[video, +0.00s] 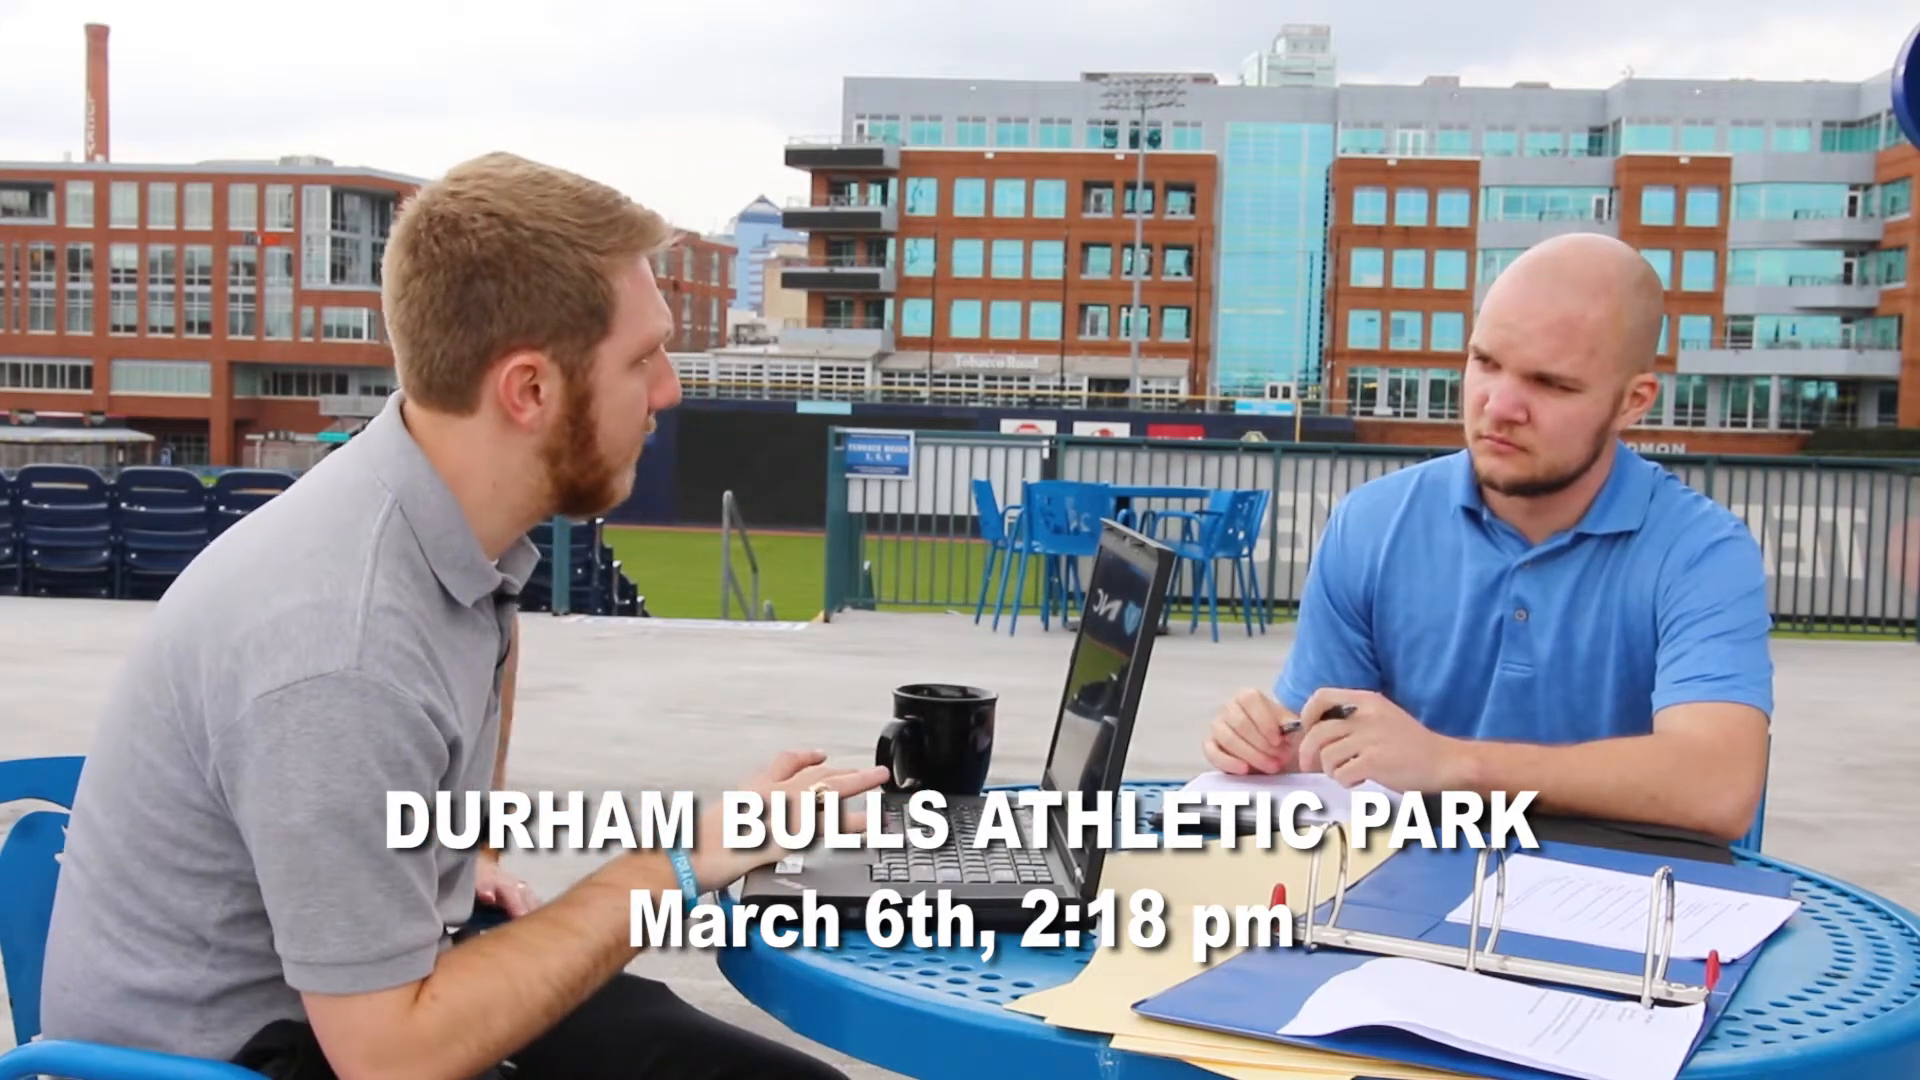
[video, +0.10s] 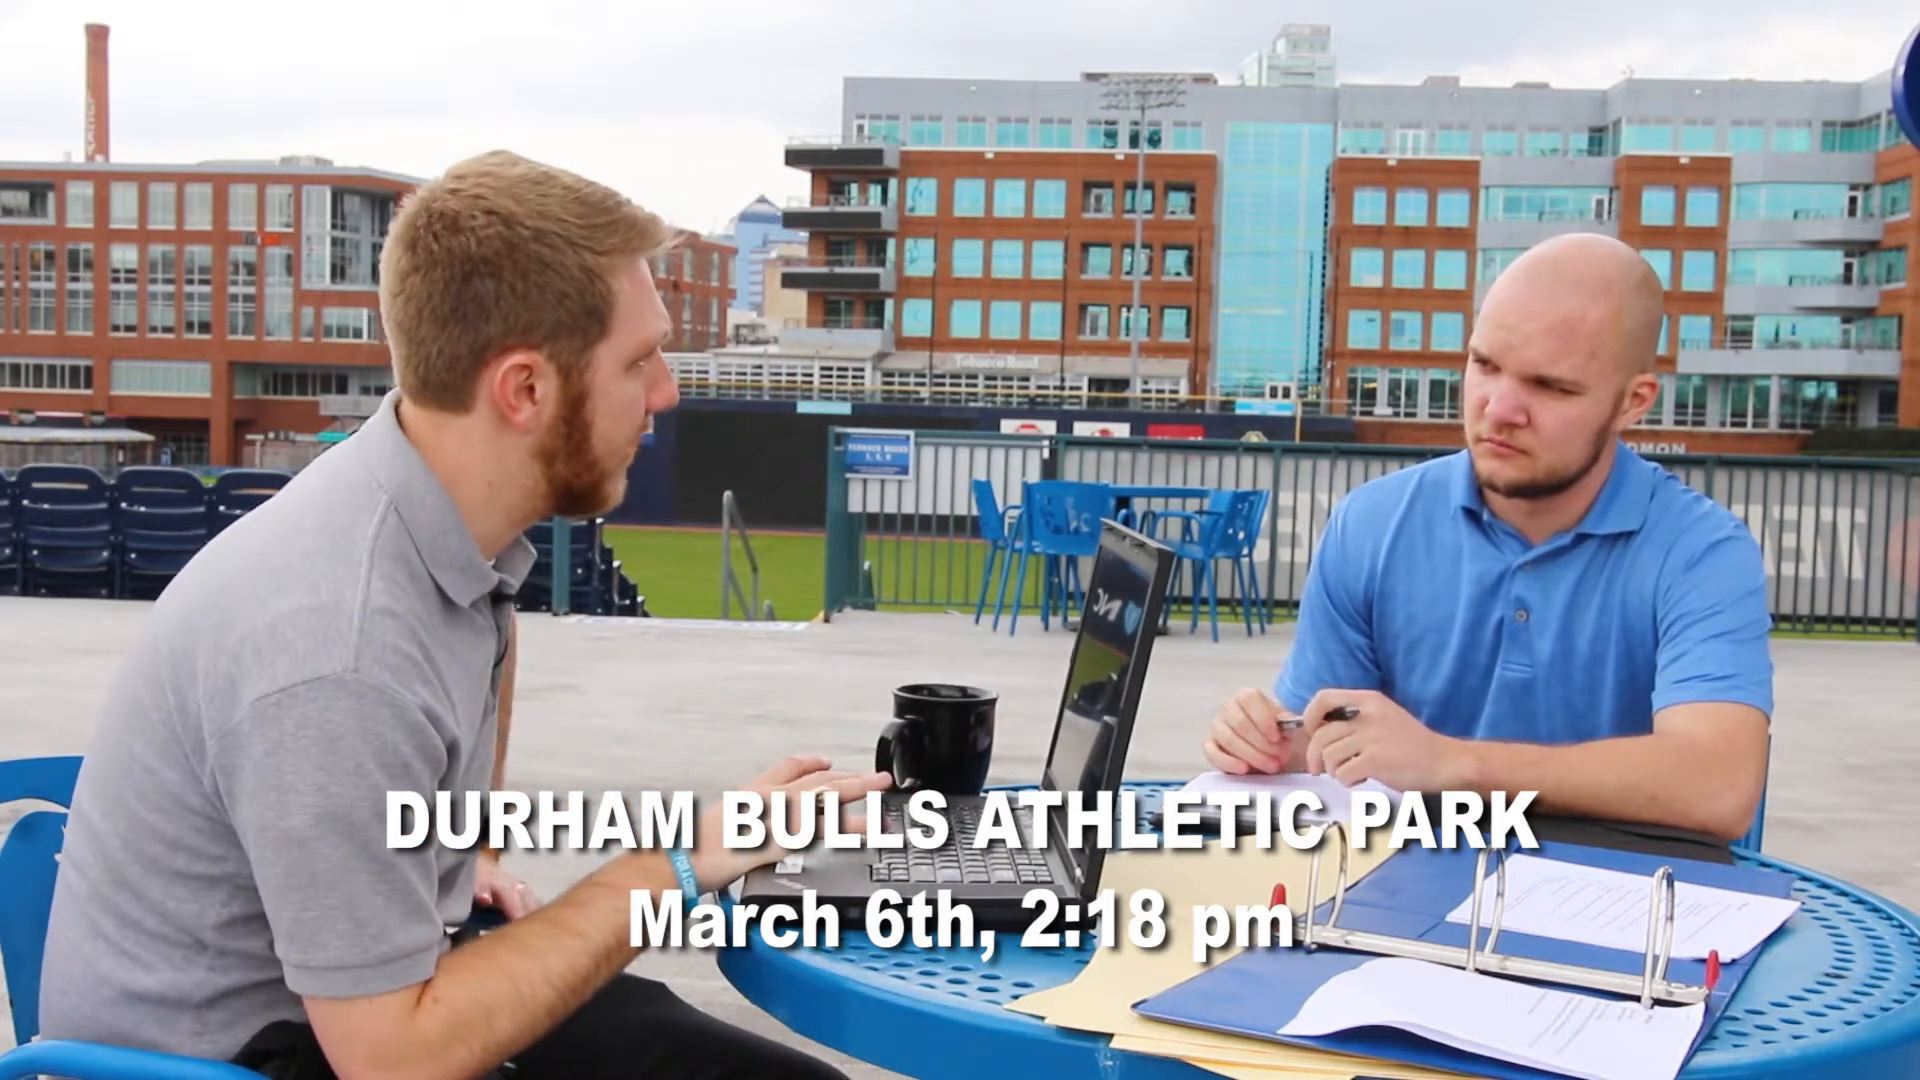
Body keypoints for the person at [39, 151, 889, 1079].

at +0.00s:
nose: (671, 393)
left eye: (664, 356)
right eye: (647, 361)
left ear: (519, 395)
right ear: (527, 393)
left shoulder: (436, 515)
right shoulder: (335, 657)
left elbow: (494, 651)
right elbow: (396, 1050)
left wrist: (465, 840)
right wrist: (687, 854)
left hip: (381, 947)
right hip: (214, 1044)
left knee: (805, 1067)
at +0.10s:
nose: (668, 396)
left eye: (661, 359)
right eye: (643, 364)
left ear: (516, 394)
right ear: (523, 393)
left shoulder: (427, 514)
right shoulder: (332, 657)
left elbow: (492, 654)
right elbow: (398, 1049)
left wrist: (468, 838)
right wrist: (686, 854)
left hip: (376, 954)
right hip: (212, 1044)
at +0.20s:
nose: (669, 398)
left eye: (661, 360)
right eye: (643, 365)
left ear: (515, 395)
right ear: (523, 393)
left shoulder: (424, 523)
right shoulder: (332, 654)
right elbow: (399, 1054)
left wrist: (450, 852)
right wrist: (684, 856)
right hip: (214, 1045)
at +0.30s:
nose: (674, 395)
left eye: (666, 359)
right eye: (648, 365)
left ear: (520, 397)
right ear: (529, 395)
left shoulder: (428, 526)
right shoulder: (334, 650)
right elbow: (399, 1050)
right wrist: (664, 866)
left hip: (346, 972)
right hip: (213, 1046)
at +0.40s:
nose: (675, 392)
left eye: (667, 356)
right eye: (649, 364)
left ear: (522, 399)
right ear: (531, 397)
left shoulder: (432, 519)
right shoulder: (342, 651)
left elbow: (430, 743)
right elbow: (400, 1047)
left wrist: (539, 811)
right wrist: (661, 850)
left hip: (349, 969)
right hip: (215, 1043)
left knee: (639, 1009)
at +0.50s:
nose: (676, 391)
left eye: (668, 353)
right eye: (651, 360)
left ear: (534, 392)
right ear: (533, 392)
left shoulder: (432, 512)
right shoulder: (338, 641)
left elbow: (401, 719)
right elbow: (400, 1044)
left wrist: (534, 756)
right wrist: (644, 831)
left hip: (365, 968)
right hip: (223, 1044)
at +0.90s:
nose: (673, 354)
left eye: (659, 319)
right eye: (644, 335)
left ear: (519, 393)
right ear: (530, 392)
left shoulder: (417, 516)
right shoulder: (338, 624)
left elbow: (430, 761)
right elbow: (414, 1025)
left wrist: (640, 672)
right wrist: (698, 798)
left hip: (359, 967)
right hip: (229, 1044)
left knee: (807, 1070)